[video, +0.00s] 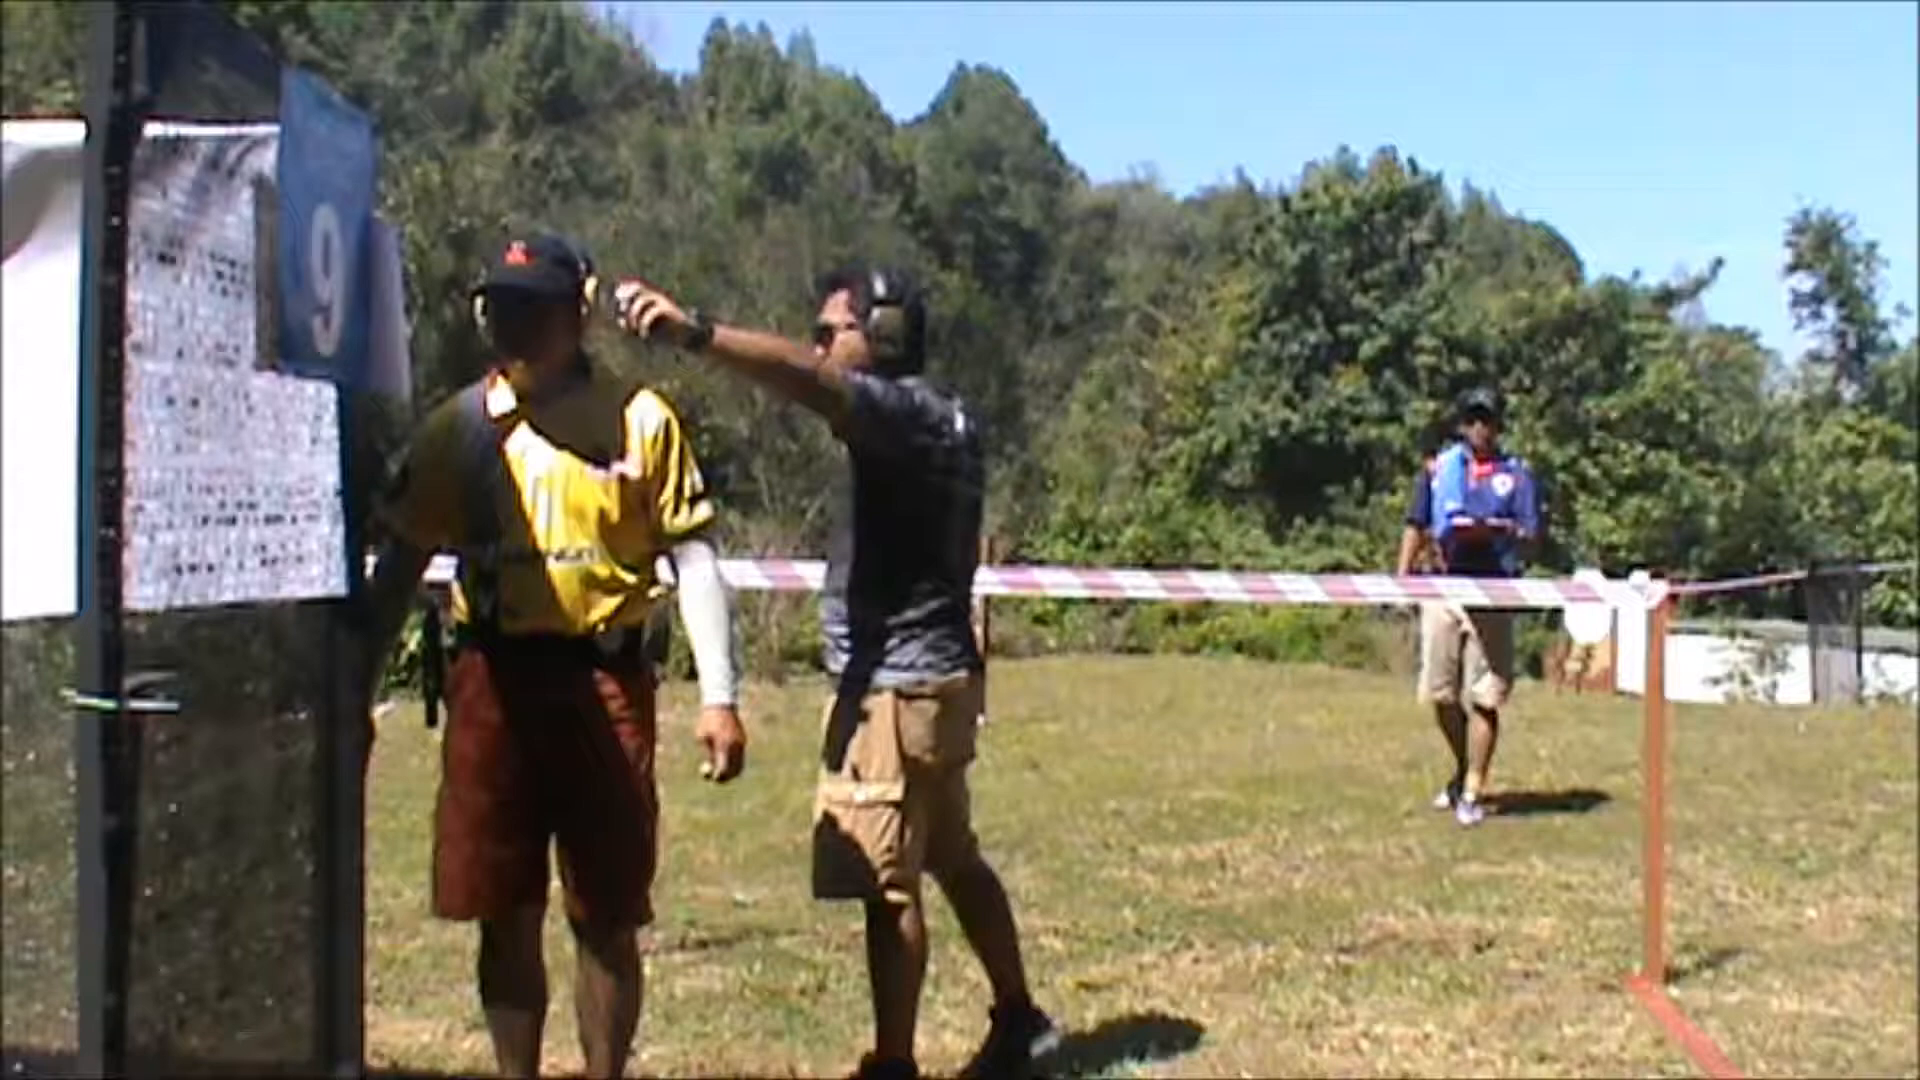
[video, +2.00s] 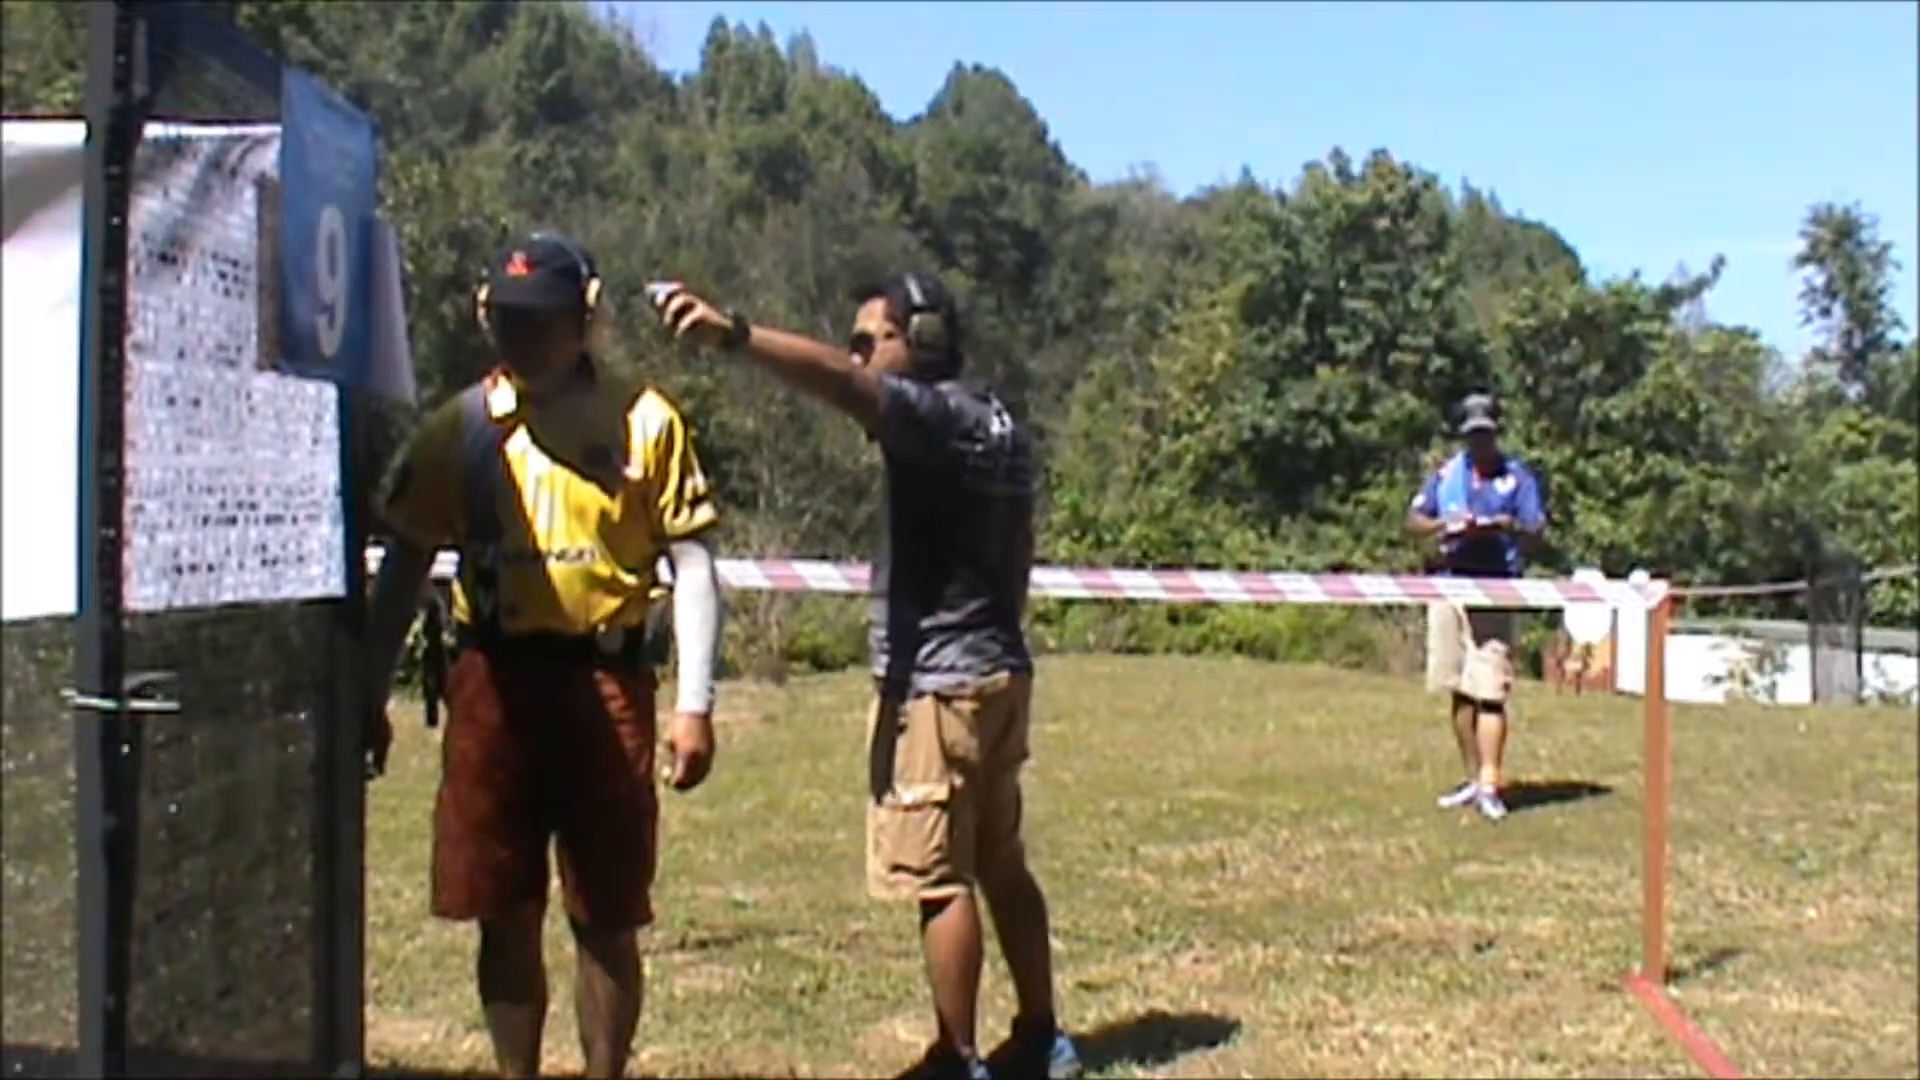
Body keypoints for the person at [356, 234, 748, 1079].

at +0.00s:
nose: (507, 322)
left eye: (528, 306)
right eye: (498, 304)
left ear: (576, 314)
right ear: (486, 310)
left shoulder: (642, 422)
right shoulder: (461, 425)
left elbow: (693, 558)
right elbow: (400, 563)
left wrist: (719, 694)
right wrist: (353, 694)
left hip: (605, 689)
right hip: (495, 690)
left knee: (605, 922)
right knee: (504, 915)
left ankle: (606, 1072)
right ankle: (515, 1072)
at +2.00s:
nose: (516, 339)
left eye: (536, 323)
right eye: (506, 320)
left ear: (585, 323)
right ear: (488, 317)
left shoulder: (645, 423)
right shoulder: (463, 426)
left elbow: (692, 565)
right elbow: (405, 565)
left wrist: (695, 700)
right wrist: (370, 695)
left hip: (605, 694)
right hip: (495, 694)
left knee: (606, 923)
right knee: (503, 915)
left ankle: (605, 1071)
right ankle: (517, 1071)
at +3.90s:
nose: (580, 433)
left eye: (595, 416)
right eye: (562, 416)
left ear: (624, 394)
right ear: (531, 394)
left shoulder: (671, 461)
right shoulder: (490, 432)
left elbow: (752, 583)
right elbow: (425, 475)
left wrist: (813, 718)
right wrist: (436, 583)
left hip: (645, 702)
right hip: (526, 698)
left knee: (724, 898)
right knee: (493, 922)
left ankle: (719, 1061)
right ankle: (509, 1072)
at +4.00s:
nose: (594, 453)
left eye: (610, 435)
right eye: (575, 437)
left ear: (638, 411)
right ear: (545, 413)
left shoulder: (685, 481)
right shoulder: (495, 455)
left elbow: (766, 594)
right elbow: (455, 522)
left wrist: (818, 723)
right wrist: (479, 649)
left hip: (664, 714)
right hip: (541, 712)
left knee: (757, 909)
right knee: (491, 928)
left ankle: (789, 1048)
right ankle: (503, 1071)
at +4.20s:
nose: (704, 512)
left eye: (712, 491)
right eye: (682, 500)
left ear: (726, 467)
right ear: (638, 485)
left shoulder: (772, 547)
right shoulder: (581, 514)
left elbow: (843, 644)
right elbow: (531, 551)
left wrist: (916, 759)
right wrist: (552, 665)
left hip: (736, 769)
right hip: (613, 763)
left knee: (850, 946)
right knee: (538, 957)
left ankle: (916, 1070)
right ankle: (525, 1071)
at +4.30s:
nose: (811, 500)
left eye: (826, 481)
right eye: (789, 483)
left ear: (848, 464)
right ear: (748, 466)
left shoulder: (885, 552)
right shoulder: (693, 502)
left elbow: (975, 646)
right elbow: (617, 522)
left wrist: (1063, 756)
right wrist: (635, 637)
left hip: (815, 780)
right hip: (690, 763)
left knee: (909, 951)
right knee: (583, 948)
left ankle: (927, 1072)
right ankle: (537, 1070)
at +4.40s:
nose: (863, 450)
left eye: (883, 432)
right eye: (848, 432)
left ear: (924, 430)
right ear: (830, 425)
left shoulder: (975, 534)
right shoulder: (787, 475)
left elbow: (1068, 628)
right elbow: (710, 492)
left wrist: (1157, 742)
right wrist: (721, 599)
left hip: (890, 763)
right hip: (769, 740)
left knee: (946, 961)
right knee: (648, 936)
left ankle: (954, 1076)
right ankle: (562, 1066)